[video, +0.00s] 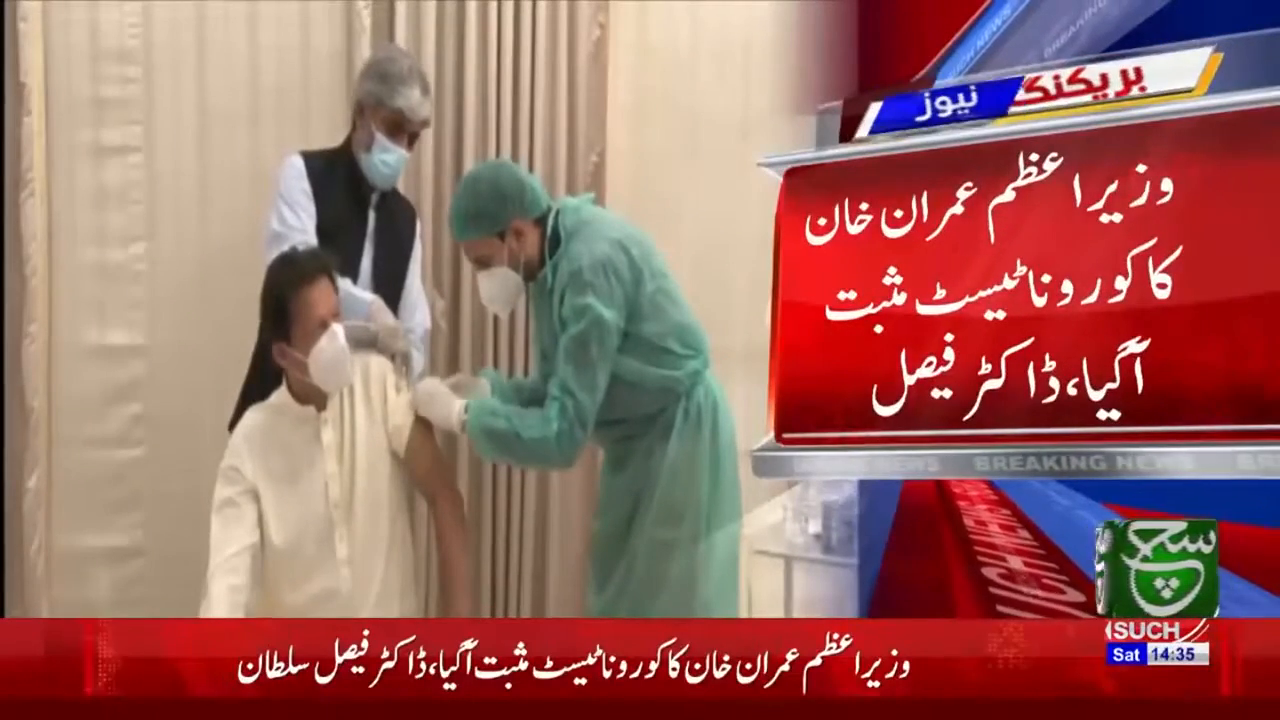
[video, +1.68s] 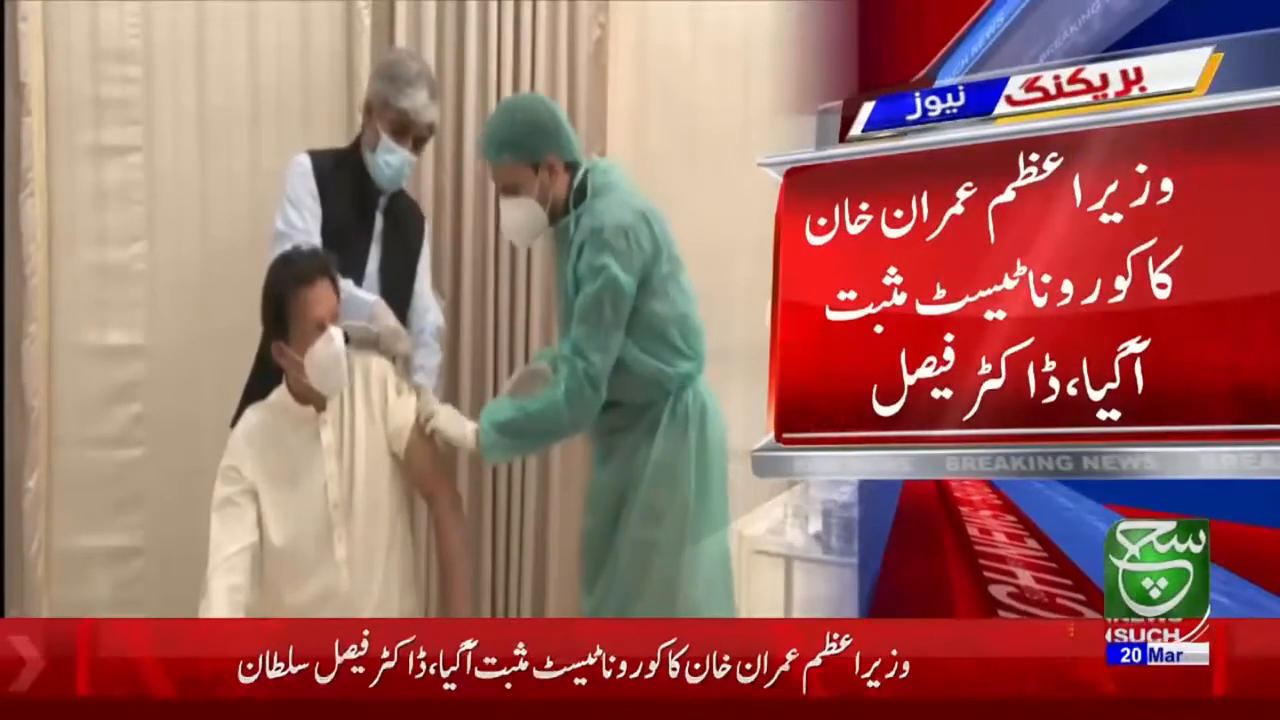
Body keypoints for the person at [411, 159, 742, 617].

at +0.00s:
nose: (484, 276)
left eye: (485, 263)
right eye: (476, 266)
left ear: (519, 233)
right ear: (519, 234)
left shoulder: (591, 261)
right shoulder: (554, 260)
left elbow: (563, 436)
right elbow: (555, 395)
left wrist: (461, 415)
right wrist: (486, 389)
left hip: (679, 434)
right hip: (633, 437)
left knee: (656, 604)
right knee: (614, 598)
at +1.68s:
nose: (506, 206)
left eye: (512, 190)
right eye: (501, 192)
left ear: (553, 171)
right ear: (551, 171)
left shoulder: (611, 225)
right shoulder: (581, 211)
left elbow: (583, 388)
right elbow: (595, 333)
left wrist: (484, 433)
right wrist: (550, 367)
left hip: (666, 429)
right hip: (629, 427)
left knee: (644, 600)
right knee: (613, 593)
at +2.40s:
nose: (495, 239)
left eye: (497, 220)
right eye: (486, 222)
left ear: (543, 183)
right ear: (543, 182)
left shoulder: (635, 220)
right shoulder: (584, 219)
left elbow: (588, 448)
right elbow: (585, 400)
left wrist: (457, 456)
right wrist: (500, 395)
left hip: (749, 456)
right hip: (677, 462)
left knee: (724, 653)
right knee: (655, 649)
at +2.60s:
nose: (497, 242)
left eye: (499, 223)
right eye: (488, 226)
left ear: (545, 184)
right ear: (546, 183)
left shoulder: (636, 221)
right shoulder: (585, 219)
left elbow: (589, 447)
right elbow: (587, 399)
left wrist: (458, 457)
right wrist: (502, 399)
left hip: (750, 459)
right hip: (678, 463)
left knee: (728, 655)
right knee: (656, 653)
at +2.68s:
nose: (498, 244)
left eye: (499, 226)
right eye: (489, 229)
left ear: (545, 187)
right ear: (545, 186)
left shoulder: (637, 223)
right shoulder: (587, 221)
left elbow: (589, 451)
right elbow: (586, 404)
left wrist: (459, 458)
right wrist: (500, 402)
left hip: (749, 459)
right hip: (679, 465)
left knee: (731, 654)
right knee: (656, 650)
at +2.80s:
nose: (497, 247)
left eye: (498, 228)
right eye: (488, 232)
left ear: (543, 190)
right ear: (545, 187)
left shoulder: (637, 231)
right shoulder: (588, 232)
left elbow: (589, 453)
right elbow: (587, 403)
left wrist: (460, 464)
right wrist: (498, 403)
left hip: (745, 471)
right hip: (680, 473)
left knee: (725, 662)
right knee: (659, 657)